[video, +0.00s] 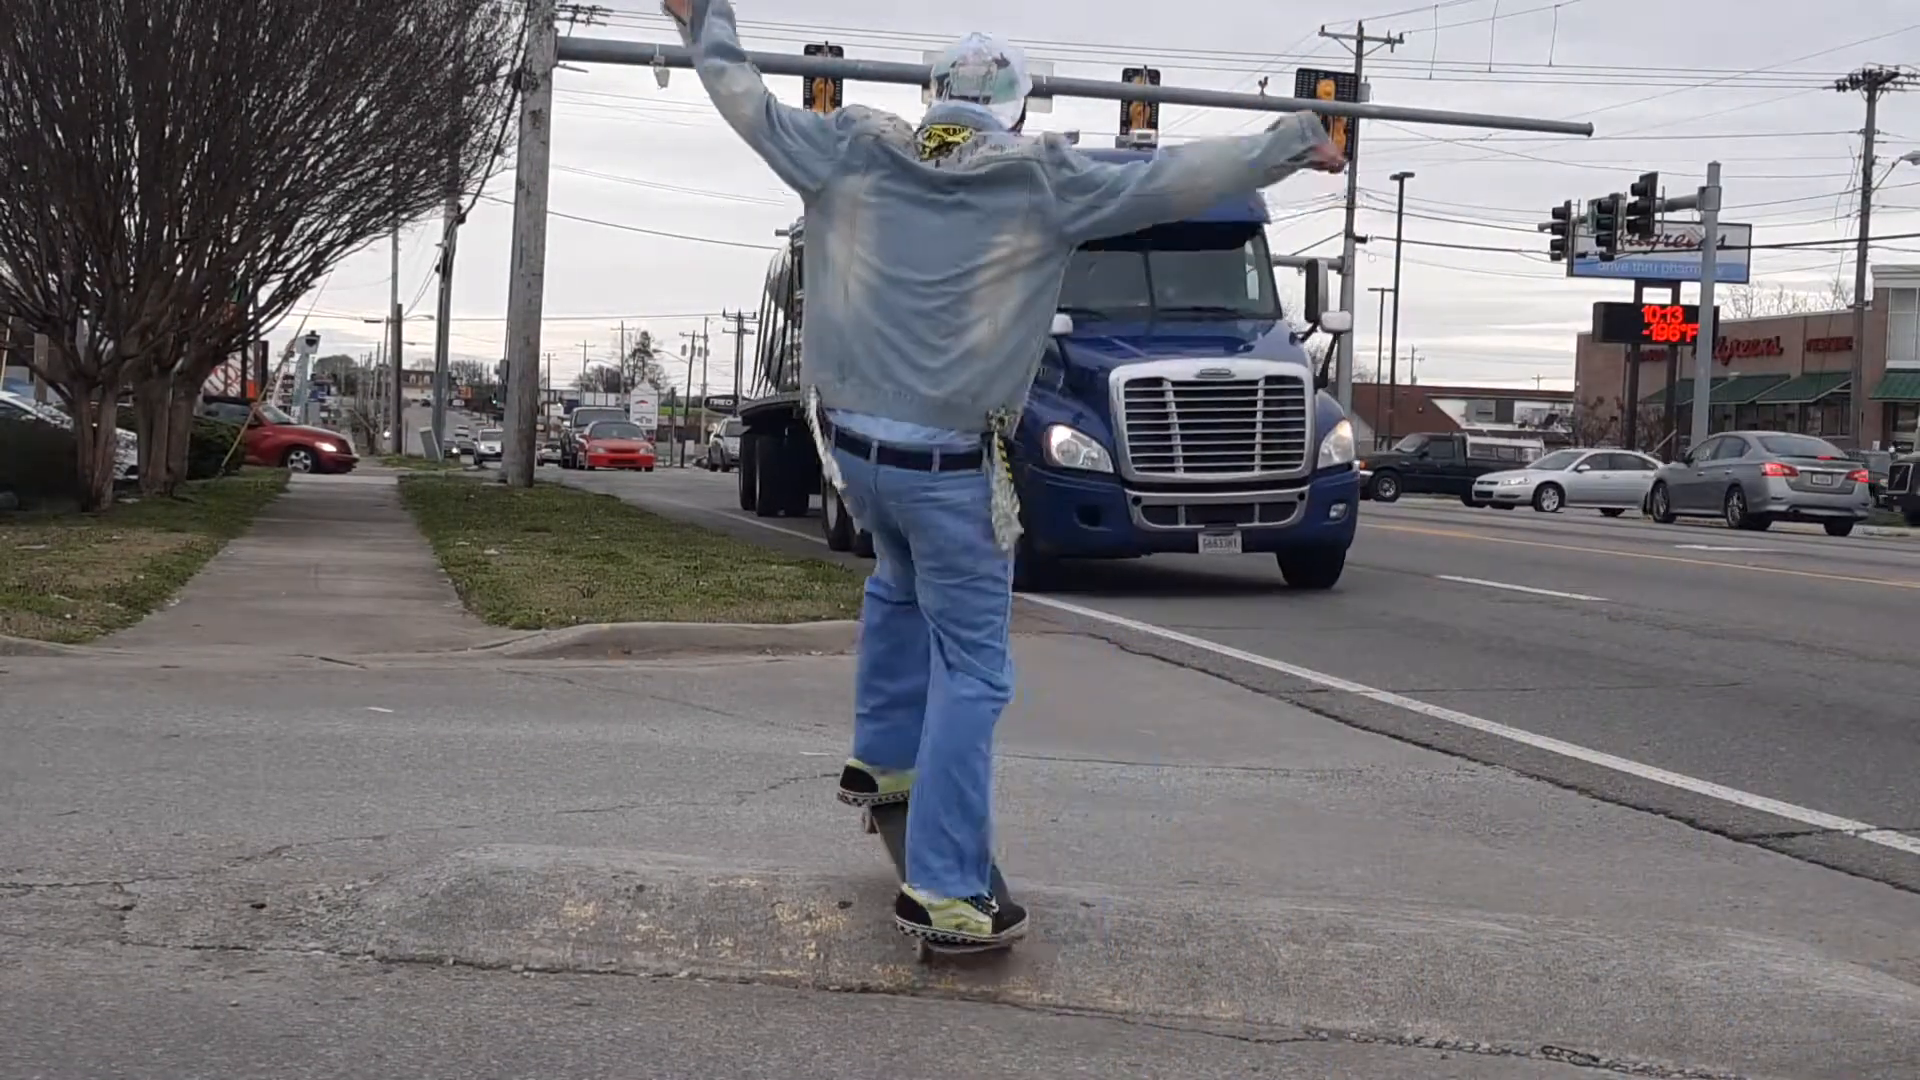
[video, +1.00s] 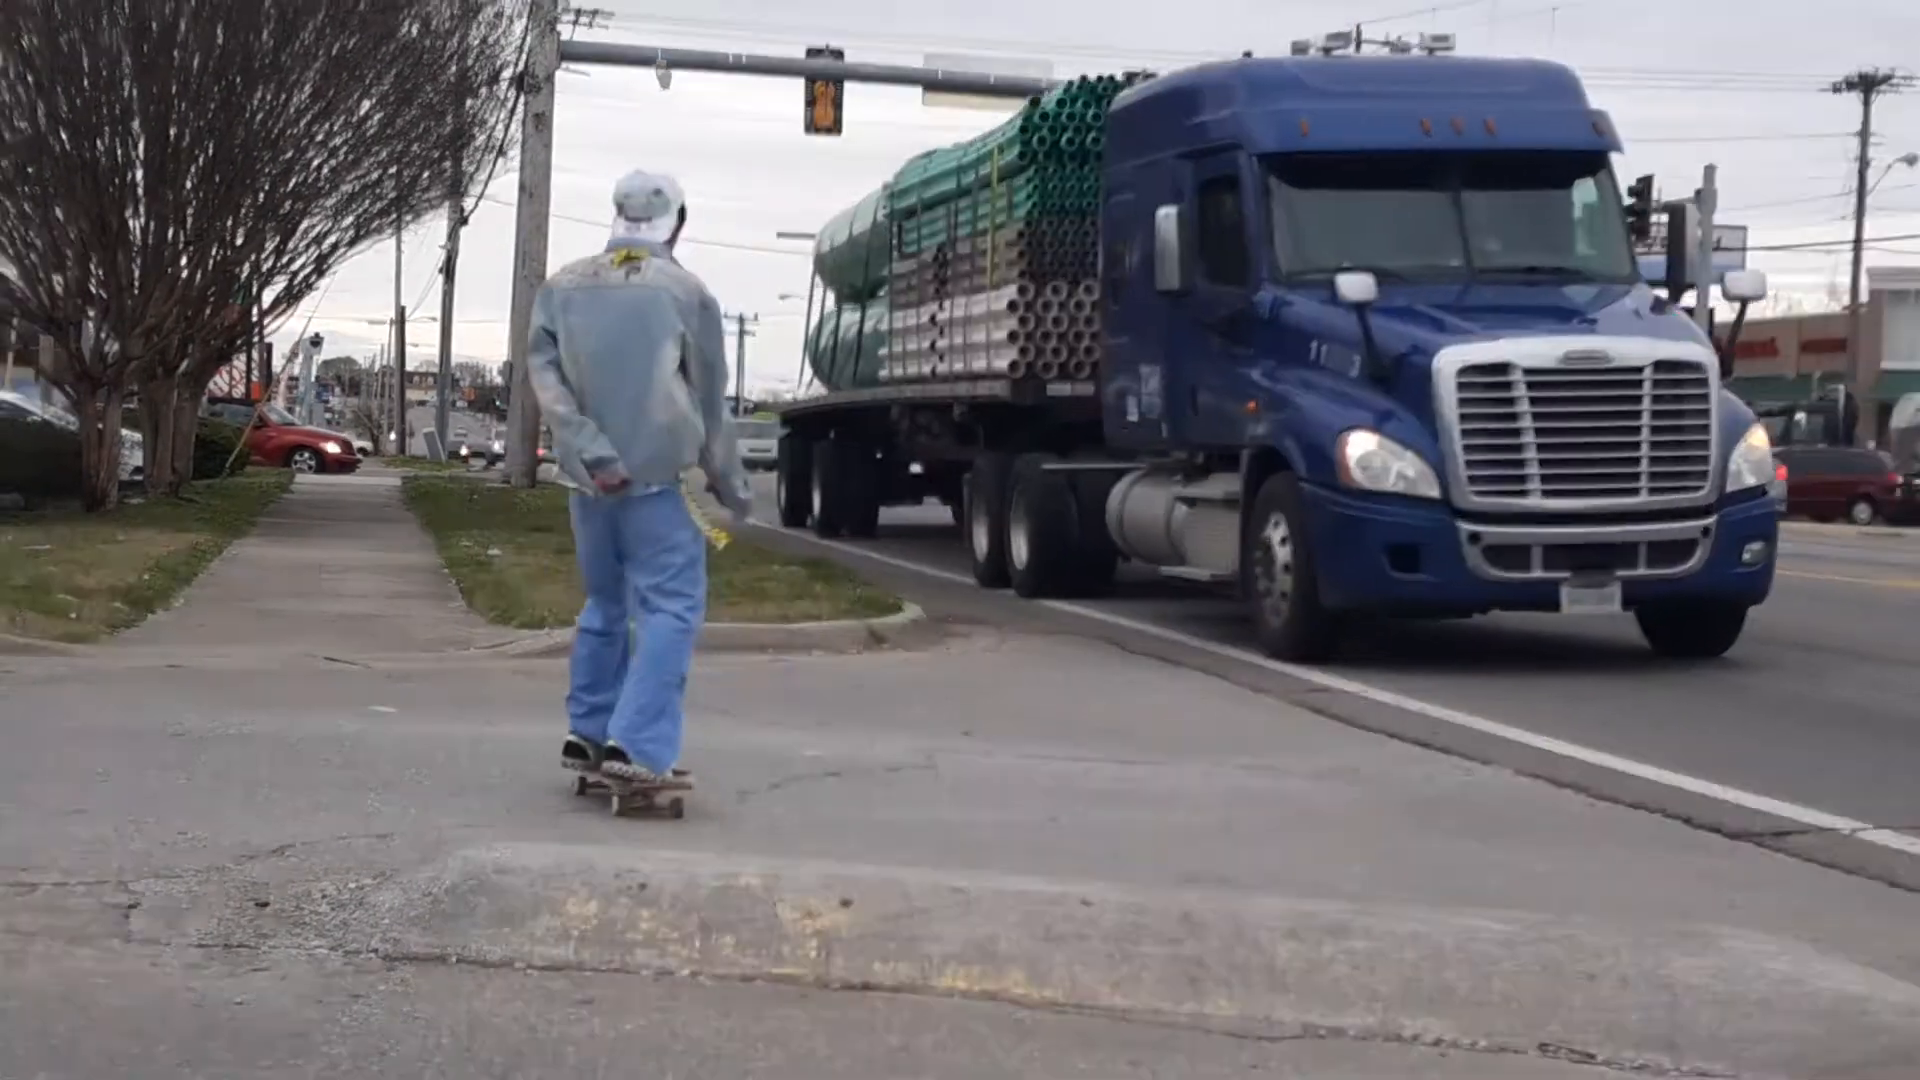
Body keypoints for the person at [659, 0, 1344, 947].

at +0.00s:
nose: (1004, 113)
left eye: (981, 101)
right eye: (1012, 102)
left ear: (933, 95)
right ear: (1015, 109)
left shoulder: (852, 149)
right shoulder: (1043, 177)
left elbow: (747, 102)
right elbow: (1174, 178)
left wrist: (698, 21)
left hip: (851, 446)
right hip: (943, 461)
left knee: (898, 577)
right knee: (973, 664)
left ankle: (884, 761)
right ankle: (945, 891)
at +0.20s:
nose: (921, 115)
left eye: (901, 100)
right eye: (934, 105)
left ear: (867, 105)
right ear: (943, 117)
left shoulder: (793, 152)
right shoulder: (969, 192)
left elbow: (687, 124)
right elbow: (1068, 248)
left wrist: (674, 10)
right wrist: (1177, 238)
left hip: (784, 444)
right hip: (879, 449)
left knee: (809, 613)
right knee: (934, 611)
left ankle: (803, 779)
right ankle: (893, 777)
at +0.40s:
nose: (851, 202)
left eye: (815, 186)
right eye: (860, 191)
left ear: (797, 187)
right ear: (869, 196)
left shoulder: (741, 236)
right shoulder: (895, 290)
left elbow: (650, 259)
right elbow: (938, 401)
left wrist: (579, 207)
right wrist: (959, 482)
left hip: (731, 477)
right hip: (812, 488)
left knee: (750, 639)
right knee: (875, 632)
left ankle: (725, 801)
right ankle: (810, 777)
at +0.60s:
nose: (734, 232)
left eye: (728, 220)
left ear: (729, 224)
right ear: (796, 232)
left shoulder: (688, 286)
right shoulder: (825, 317)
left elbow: (616, 367)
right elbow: (801, 396)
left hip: (682, 494)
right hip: (768, 507)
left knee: (689, 634)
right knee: (767, 658)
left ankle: (663, 776)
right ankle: (700, 805)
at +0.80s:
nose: (688, 237)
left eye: (671, 224)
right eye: (710, 226)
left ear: (664, 227)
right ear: (725, 230)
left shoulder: (622, 295)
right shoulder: (755, 312)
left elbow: (614, 403)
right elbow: (749, 406)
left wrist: (651, 480)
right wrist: (724, 491)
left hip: (639, 493)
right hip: (717, 496)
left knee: (641, 624)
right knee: (708, 638)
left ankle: (625, 753)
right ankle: (666, 775)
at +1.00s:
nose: (673, 232)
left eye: (665, 221)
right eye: (675, 223)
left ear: (616, 218)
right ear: (673, 225)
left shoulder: (561, 285)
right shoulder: (686, 292)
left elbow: (545, 379)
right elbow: (711, 401)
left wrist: (591, 451)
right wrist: (729, 485)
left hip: (587, 479)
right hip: (655, 478)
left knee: (603, 603)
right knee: (671, 607)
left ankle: (588, 732)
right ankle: (636, 750)